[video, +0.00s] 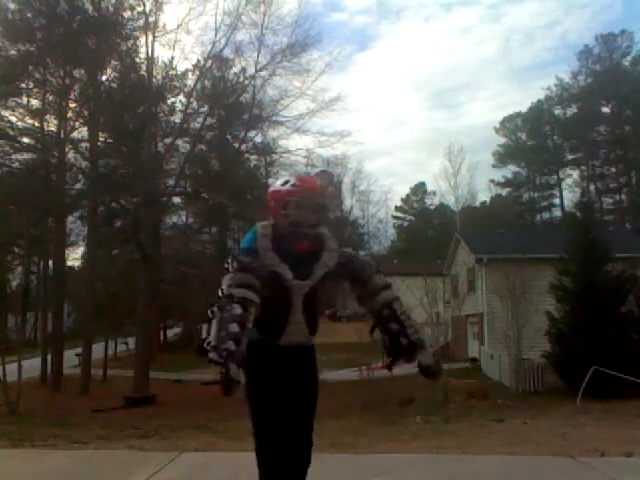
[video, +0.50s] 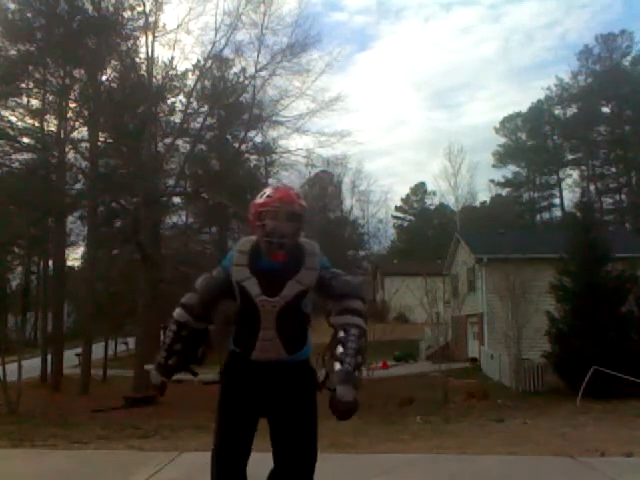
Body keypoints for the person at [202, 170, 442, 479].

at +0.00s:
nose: (308, 218)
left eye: (314, 210)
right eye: (300, 209)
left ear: (322, 212)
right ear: (280, 210)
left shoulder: (327, 250)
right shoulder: (257, 246)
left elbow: (370, 281)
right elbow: (236, 293)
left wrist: (396, 329)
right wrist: (225, 346)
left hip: (302, 352)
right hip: (261, 353)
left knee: (299, 439)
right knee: (269, 439)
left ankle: (297, 474)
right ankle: (271, 475)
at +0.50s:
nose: (283, 227)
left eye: (292, 219)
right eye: (275, 218)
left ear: (300, 225)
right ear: (259, 222)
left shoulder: (312, 261)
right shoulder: (238, 259)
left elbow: (348, 303)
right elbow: (198, 302)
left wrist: (346, 374)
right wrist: (170, 356)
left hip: (293, 375)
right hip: (242, 373)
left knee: (297, 465)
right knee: (227, 462)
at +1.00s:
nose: (276, 218)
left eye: (284, 210)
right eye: (267, 209)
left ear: (293, 216)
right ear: (251, 214)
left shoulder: (307, 251)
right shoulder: (231, 249)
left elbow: (341, 302)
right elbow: (201, 307)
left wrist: (333, 372)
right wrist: (194, 376)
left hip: (287, 371)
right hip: (235, 371)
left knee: (289, 463)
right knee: (232, 463)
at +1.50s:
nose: (275, 200)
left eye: (282, 192)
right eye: (266, 192)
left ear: (291, 198)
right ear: (249, 197)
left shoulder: (305, 238)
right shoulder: (230, 235)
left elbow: (332, 283)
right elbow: (212, 281)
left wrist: (334, 335)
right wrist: (229, 337)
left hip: (287, 357)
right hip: (238, 355)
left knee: (298, 449)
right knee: (236, 452)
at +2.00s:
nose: (299, 197)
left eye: (307, 189)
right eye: (290, 188)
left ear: (317, 194)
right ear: (274, 192)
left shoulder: (332, 241)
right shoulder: (253, 233)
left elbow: (343, 300)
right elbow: (246, 282)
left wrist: (328, 351)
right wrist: (278, 340)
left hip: (311, 366)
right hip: (259, 364)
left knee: (314, 461)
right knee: (253, 462)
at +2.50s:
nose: (323, 186)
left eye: (333, 178)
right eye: (314, 177)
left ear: (345, 184)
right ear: (296, 181)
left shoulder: (360, 227)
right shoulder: (272, 223)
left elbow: (406, 271)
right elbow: (237, 281)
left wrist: (404, 363)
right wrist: (215, 344)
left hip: (335, 358)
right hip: (278, 356)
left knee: (326, 461)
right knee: (266, 458)